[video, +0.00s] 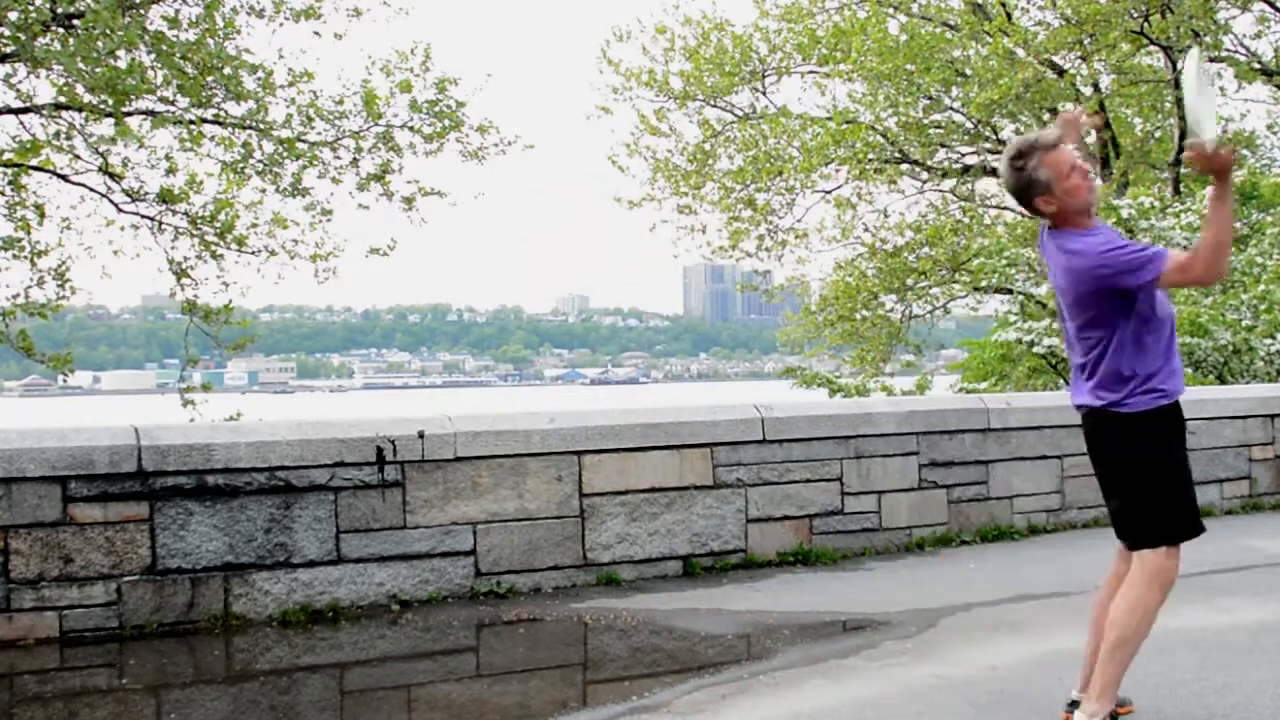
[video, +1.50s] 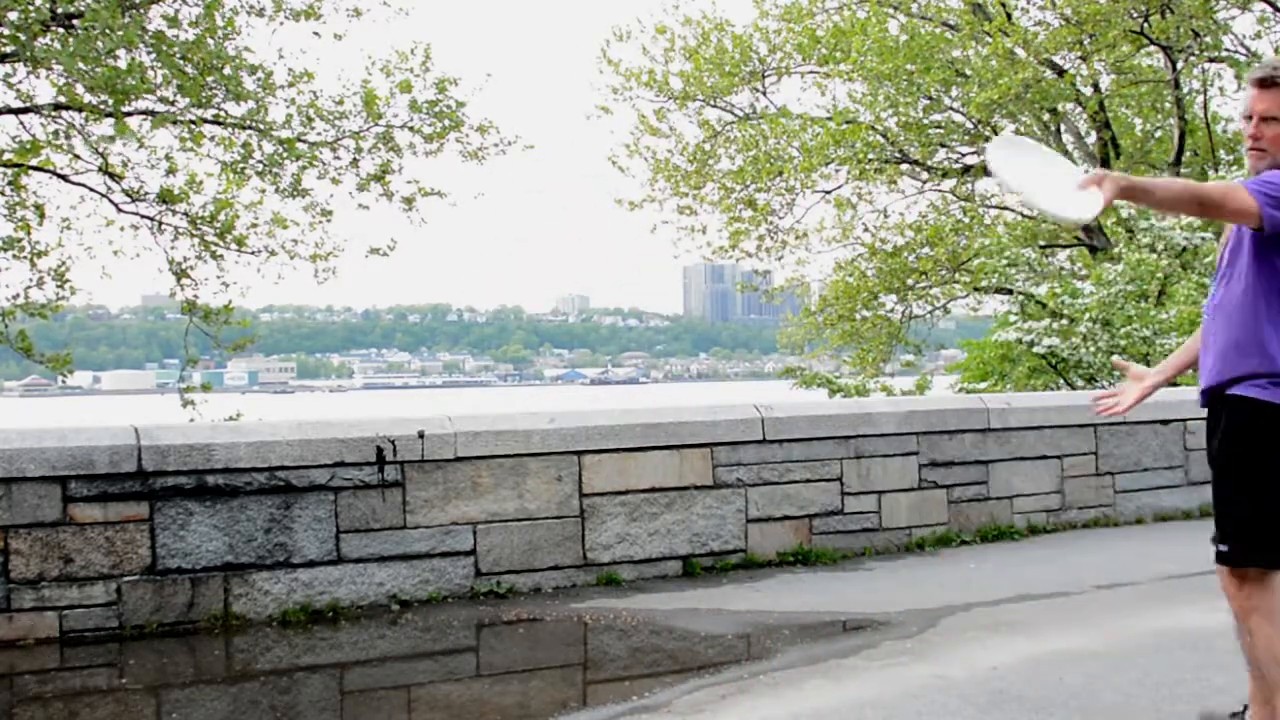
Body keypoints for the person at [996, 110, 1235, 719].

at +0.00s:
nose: (1084, 168)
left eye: (1079, 160)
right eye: (1072, 170)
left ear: (1052, 201)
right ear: (1049, 202)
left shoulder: (1061, 236)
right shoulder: (1095, 254)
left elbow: (1069, 188)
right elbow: (1207, 269)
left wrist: (1066, 137)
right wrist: (1222, 181)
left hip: (1112, 412)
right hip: (1137, 416)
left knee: (1133, 558)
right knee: (1159, 563)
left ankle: (1088, 695)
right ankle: (1096, 706)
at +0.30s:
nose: (1179, 158)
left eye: (1173, 151)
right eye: (1171, 155)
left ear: (1124, 181)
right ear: (1152, 184)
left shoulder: (1083, 219)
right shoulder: (1191, 256)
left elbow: (1005, 209)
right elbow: (1253, 332)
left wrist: (972, 172)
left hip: (1099, 422)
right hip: (1168, 422)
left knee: (1121, 549)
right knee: (1227, 547)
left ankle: (1082, 689)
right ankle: (1161, 676)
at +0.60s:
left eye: (1227, 183)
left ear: (1217, 206)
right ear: (1273, 217)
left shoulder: (1174, 255)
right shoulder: (1272, 268)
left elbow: (1087, 220)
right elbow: (1260, 217)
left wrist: (1048, 170)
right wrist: (1256, 163)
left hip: (1168, 436)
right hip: (1244, 436)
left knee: (1143, 551)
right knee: (1270, 567)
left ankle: (1094, 684)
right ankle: (1279, 707)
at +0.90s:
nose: (1269, 179)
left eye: (1273, 172)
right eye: (1273, 171)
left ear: (1278, 178)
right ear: (1277, 181)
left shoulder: (1256, 245)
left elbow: (1149, 282)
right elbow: (1267, 313)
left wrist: (1059, 300)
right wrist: (1211, 329)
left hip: (1232, 422)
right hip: (1277, 429)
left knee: (1167, 543)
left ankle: (1159, 687)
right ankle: (1279, 705)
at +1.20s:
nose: (1262, 157)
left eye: (1274, 147)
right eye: (1259, 145)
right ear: (1254, 145)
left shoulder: (1273, 218)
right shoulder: (1262, 219)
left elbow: (1184, 241)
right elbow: (1268, 315)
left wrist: (1077, 262)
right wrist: (1222, 373)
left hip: (1262, 406)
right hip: (1266, 405)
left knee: (1228, 572)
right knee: (1278, 564)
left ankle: (1279, 704)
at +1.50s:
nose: (1254, 131)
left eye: (1269, 120)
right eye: (1249, 118)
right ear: (1243, 122)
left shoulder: (1275, 191)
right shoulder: (1249, 205)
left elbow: (1205, 199)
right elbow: (1225, 318)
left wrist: (1127, 185)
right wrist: (1156, 376)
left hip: (1258, 404)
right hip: (1235, 403)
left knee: (1248, 580)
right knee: (1244, 576)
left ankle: (1265, 709)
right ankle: (1262, 705)